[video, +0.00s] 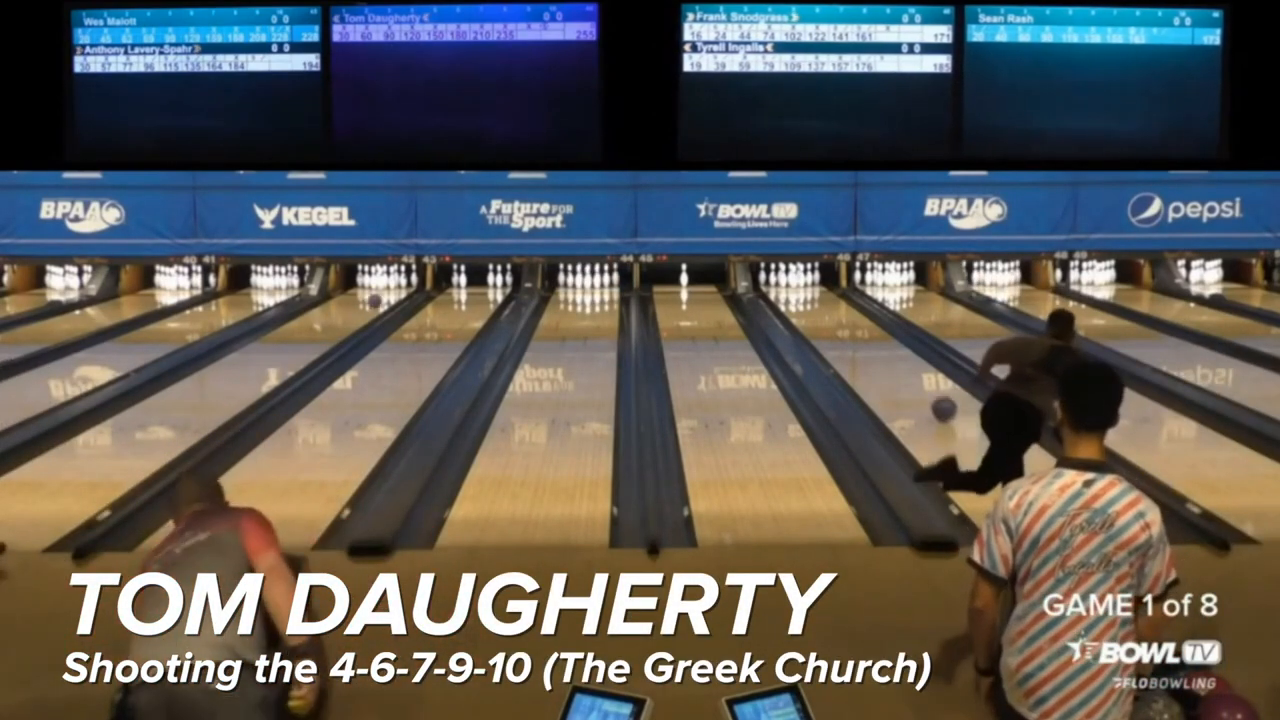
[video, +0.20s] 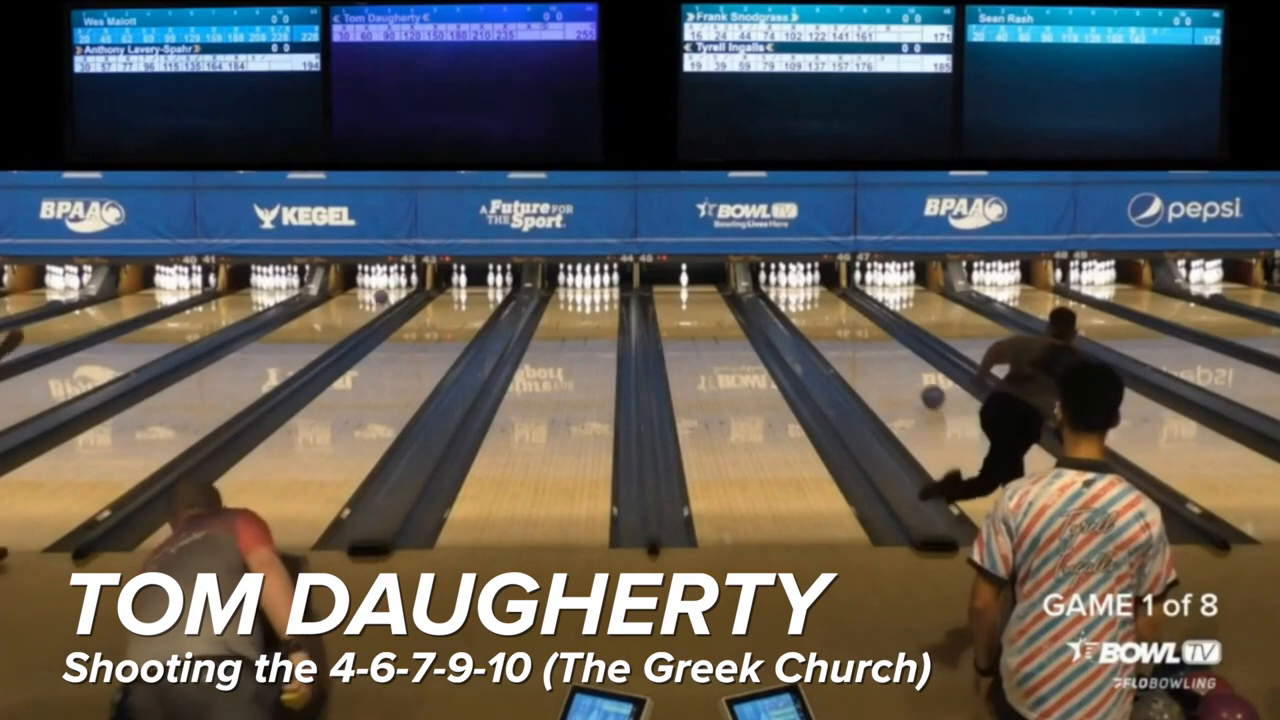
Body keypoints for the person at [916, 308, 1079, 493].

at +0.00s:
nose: (1069, 335)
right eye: (1070, 331)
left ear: (1048, 328)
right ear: (1071, 333)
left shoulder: (1032, 344)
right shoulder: (1072, 359)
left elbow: (996, 350)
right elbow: (1074, 396)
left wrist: (982, 374)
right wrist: (1064, 421)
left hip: (996, 408)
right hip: (1027, 419)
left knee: (1014, 478)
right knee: (983, 482)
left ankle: (1017, 519)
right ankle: (948, 475)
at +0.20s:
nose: (1073, 334)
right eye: (1073, 330)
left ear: (1049, 325)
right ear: (1072, 333)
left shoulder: (1029, 344)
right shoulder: (1073, 359)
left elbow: (996, 350)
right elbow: (1074, 395)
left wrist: (982, 376)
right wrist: (1064, 419)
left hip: (995, 407)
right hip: (1027, 419)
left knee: (1014, 477)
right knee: (988, 481)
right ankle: (950, 489)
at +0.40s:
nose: (1070, 329)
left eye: (1065, 324)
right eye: (1072, 325)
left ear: (1051, 322)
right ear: (1075, 328)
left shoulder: (1029, 341)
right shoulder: (1075, 359)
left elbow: (992, 350)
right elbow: (1076, 399)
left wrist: (977, 382)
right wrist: (1067, 425)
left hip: (996, 407)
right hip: (1028, 417)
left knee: (1014, 473)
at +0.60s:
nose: (1076, 326)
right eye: (1077, 322)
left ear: (1053, 318)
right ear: (1077, 325)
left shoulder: (1029, 339)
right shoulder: (1077, 357)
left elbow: (992, 349)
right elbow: (1080, 398)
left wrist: (977, 382)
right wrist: (1070, 426)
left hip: (999, 411)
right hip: (1035, 418)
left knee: (1019, 471)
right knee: (1071, 466)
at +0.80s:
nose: (1081, 319)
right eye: (1082, 314)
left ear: (1059, 311)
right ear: (1083, 316)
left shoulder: (1034, 335)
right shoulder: (1083, 351)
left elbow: (998, 348)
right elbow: (1090, 388)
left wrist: (990, 386)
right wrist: (1079, 420)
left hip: (1011, 411)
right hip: (1046, 416)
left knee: (1027, 469)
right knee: (1081, 464)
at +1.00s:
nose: (1086, 310)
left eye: (1082, 304)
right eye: (1087, 305)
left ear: (1064, 303)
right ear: (1089, 308)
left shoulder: (1042, 329)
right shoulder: (1091, 345)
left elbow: (1007, 352)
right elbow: (1095, 386)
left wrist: (1004, 389)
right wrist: (1081, 420)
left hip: (1021, 407)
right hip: (1054, 413)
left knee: (1032, 471)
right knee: (1081, 465)